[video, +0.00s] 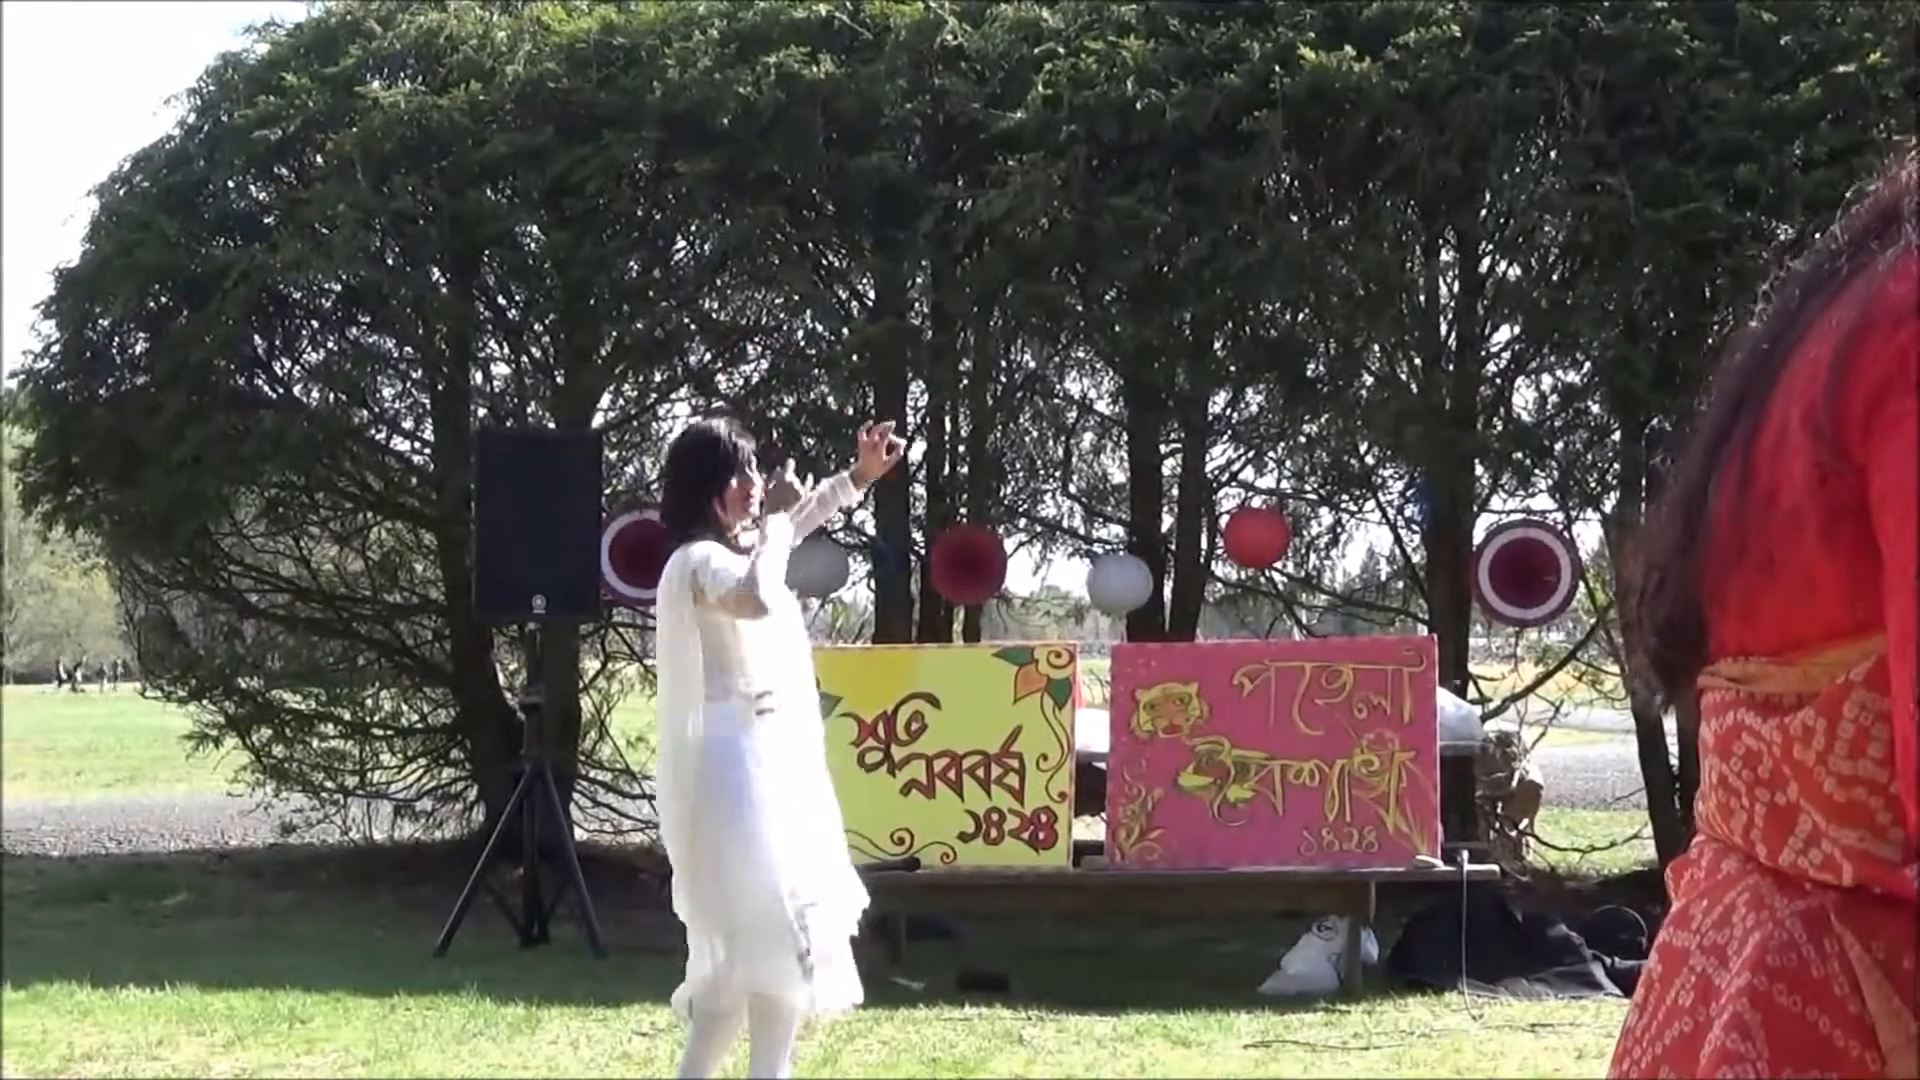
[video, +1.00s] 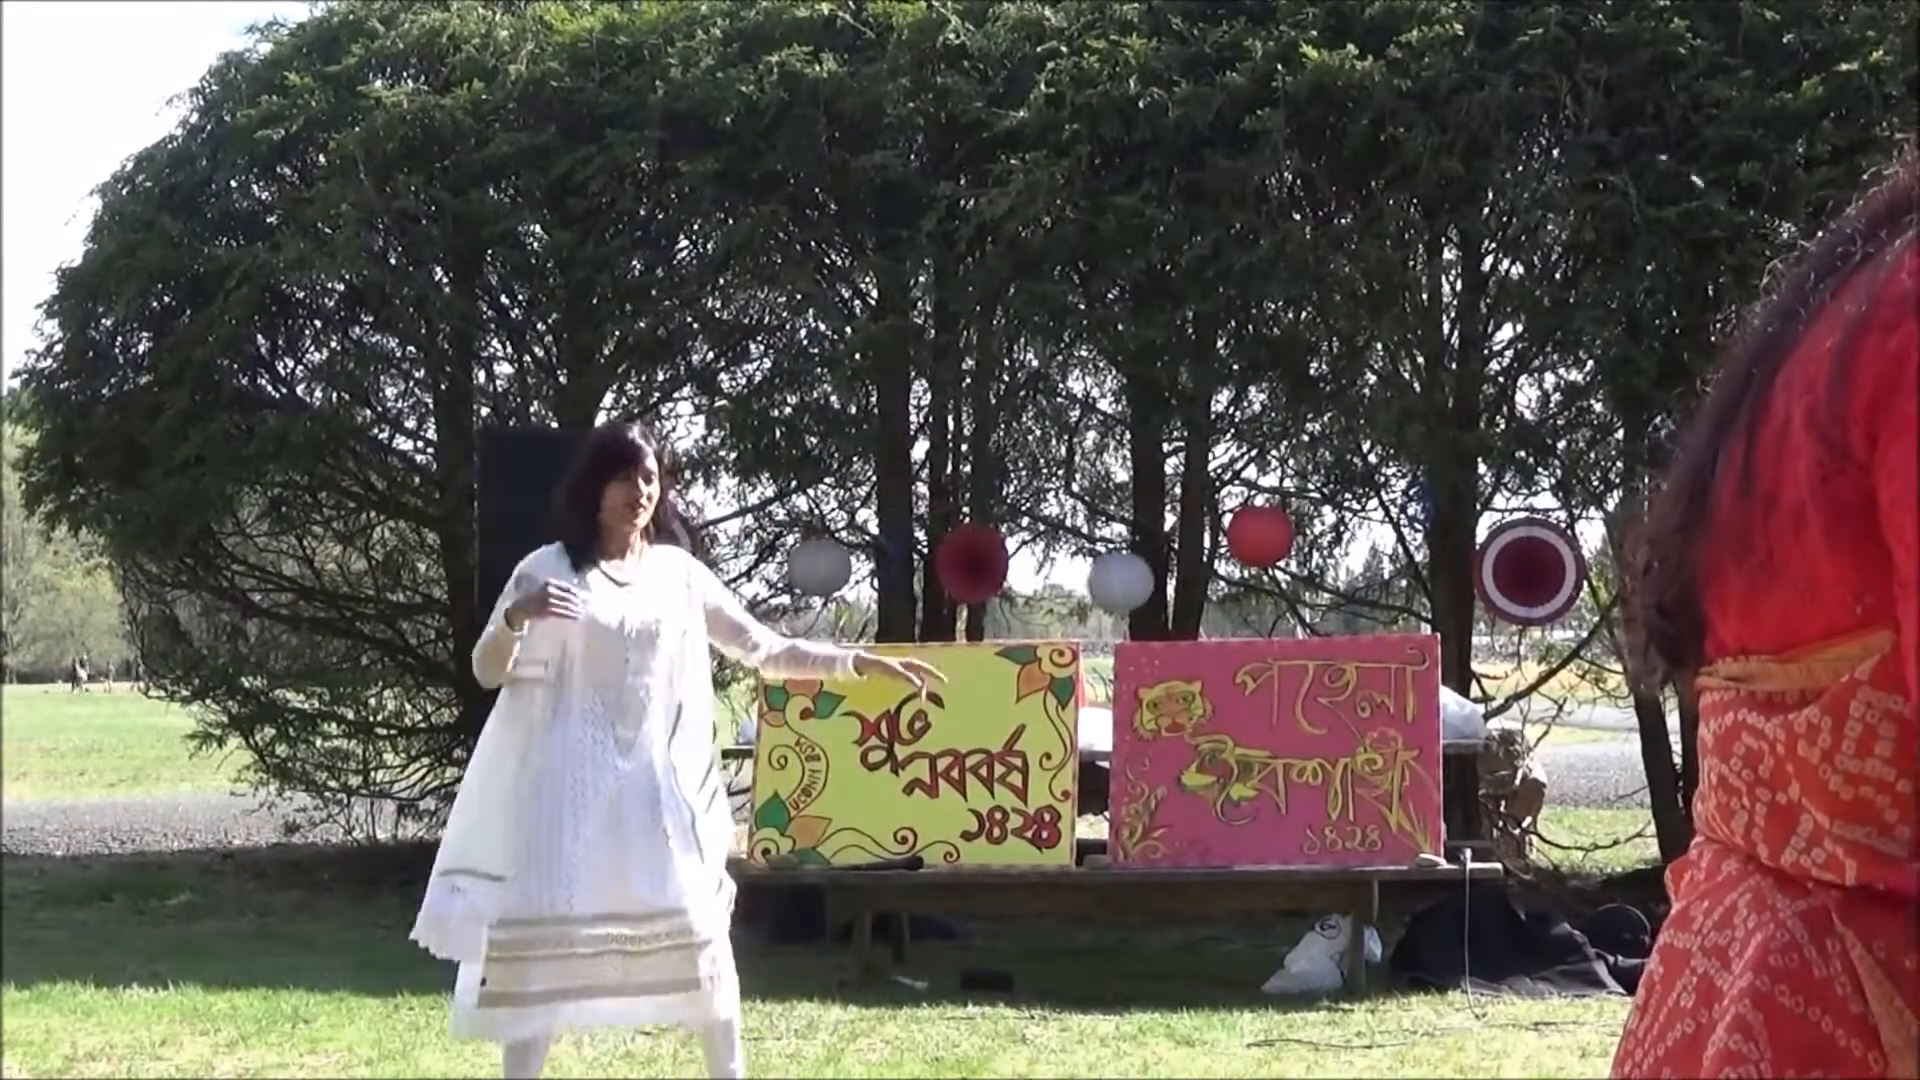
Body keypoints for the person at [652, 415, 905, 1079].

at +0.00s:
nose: (758, 486)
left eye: (755, 473)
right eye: (746, 475)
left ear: (730, 495)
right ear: (716, 492)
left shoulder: (735, 548)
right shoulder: (697, 560)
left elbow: (802, 516)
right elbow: (756, 596)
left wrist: (862, 475)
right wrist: (778, 523)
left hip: (758, 766)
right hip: (741, 771)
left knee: (737, 944)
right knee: (778, 936)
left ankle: (694, 1068)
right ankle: (771, 1070)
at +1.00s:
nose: (640, 488)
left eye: (650, 477)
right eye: (625, 475)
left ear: (660, 490)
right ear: (593, 486)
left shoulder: (680, 573)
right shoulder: (546, 569)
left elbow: (766, 649)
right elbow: (487, 671)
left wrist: (863, 659)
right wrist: (513, 616)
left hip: (660, 788)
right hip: (558, 789)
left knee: (708, 953)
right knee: (532, 958)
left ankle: (728, 1072)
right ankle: (519, 1075)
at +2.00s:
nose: (719, 522)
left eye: (730, 505)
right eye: (703, 513)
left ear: (757, 507)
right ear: (689, 526)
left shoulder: (803, 580)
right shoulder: (691, 604)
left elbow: (808, 704)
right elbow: (687, 722)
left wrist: (845, 697)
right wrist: (779, 681)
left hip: (802, 817)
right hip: (715, 820)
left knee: (810, 983)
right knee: (647, 972)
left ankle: (774, 1073)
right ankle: (582, 1074)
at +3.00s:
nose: (597, 516)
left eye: (609, 501)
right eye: (582, 503)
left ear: (626, 506)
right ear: (557, 510)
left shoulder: (655, 586)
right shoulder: (521, 595)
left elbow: (672, 708)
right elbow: (493, 709)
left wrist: (727, 736)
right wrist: (560, 669)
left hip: (642, 813)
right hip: (550, 815)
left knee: (653, 961)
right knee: (551, 976)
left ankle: (611, 1069)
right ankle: (555, 1070)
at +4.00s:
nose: (564, 478)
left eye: (576, 465)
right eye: (552, 465)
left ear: (591, 476)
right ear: (527, 474)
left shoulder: (606, 554)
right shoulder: (508, 546)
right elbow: (492, 510)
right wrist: (520, 473)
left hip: (584, 782)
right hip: (514, 781)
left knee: (563, 943)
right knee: (542, 942)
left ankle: (438, 1060)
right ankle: (544, 1073)